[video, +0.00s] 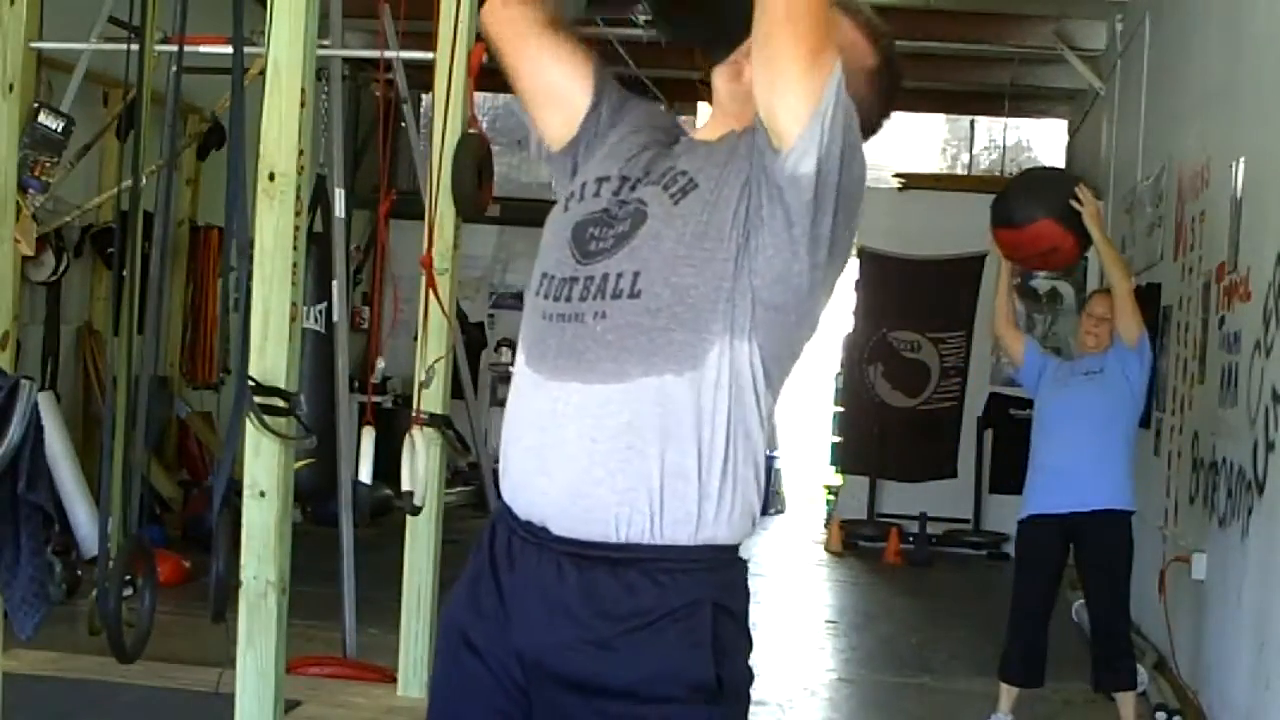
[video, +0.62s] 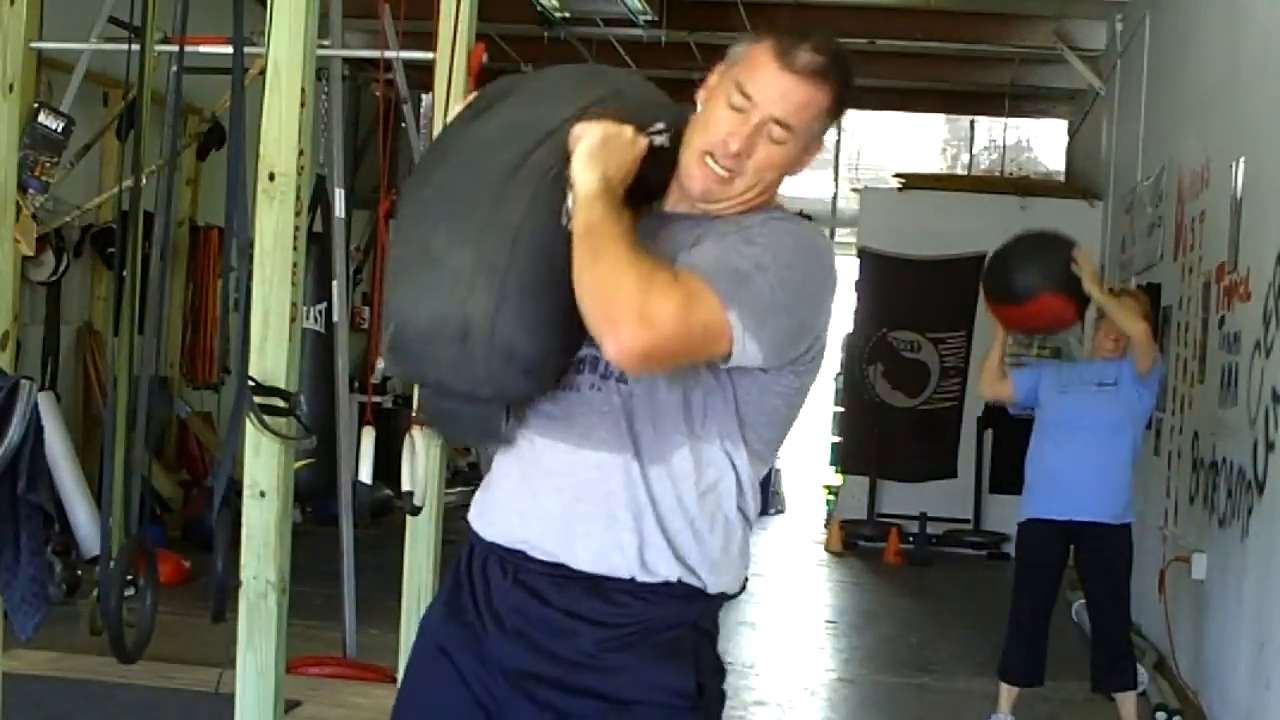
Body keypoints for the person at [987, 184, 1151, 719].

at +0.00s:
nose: (1094, 323)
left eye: (1105, 318)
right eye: (1089, 315)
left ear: (1118, 328)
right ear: (1075, 321)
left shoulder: (1129, 365)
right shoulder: (1047, 369)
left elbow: (1124, 290)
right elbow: (1005, 329)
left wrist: (1097, 233)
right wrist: (1006, 267)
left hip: (1106, 513)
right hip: (1042, 512)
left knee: (1111, 621)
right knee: (1026, 615)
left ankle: (1128, 715)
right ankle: (1003, 713)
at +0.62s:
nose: (1115, 334)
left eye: (1125, 328)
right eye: (1108, 325)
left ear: (1136, 337)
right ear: (1093, 329)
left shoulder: (1138, 379)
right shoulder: (1051, 374)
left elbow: (1141, 332)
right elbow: (990, 387)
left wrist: (1098, 290)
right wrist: (1001, 330)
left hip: (1106, 520)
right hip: (1042, 516)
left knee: (1112, 624)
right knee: (1027, 615)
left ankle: (1130, 716)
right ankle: (1003, 712)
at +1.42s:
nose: (1115, 336)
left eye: (1126, 330)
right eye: (1109, 326)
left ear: (1136, 337)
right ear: (1092, 324)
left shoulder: (1143, 376)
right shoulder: (1054, 370)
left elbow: (1132, 412)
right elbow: (1009, 431)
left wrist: (1095, 353)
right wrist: (994, 375)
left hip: (1109, 521)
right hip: (1044, 518)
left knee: (1114, 622)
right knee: (1029, 616)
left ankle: (1132, 715)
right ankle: (1004, 712)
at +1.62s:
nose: (1112, 351)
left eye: (1122, 344)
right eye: (1106, 340)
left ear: (1131, 344)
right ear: (1088, 332)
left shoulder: (1138, 383)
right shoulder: (1054, 375)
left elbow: (1140, 450)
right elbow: (1024, 431)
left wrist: (1105, 422)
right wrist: (1019, 384)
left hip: (1106, 524)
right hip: (1043, 521)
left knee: (1115, 623)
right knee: (1027, 616)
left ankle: (1131, 714)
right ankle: (1003, 711)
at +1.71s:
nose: (1110, 361)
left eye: (1119, 355)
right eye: (1103, 350)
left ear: (1129, 354)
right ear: (1086, 342)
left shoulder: (1137, 392)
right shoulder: (1047, 381)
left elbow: (1142, 465)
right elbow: (1012, 436)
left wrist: (1113, 454)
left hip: (1107, 526)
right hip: (1043, 523)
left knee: (1116, 624)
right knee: (1026, 616)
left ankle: (1131, 715)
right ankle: (1002, 712)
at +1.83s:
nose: (1105, 400)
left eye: (1115, 392)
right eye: (1099, 388)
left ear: (1124, 393)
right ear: (1082, 382)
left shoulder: (1135, 427)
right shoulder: (1035, 417)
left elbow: (1143, 497)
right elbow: (1006, 476)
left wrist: (1121, 530)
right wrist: (1002, 522)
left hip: (1105, 525)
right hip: (1040, 518)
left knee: (1123, 623)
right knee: (1020, 616)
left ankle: (1132, 712)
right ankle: (1002, 711)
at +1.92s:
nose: (1100, 445)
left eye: (1111, 437)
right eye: (1094, 433)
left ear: (1122, 434)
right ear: (1078, 424)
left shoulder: (1134, 464)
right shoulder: (1037, 450)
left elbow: (1142, 536)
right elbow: (1008, 515)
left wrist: (1126, 590)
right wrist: (1007, 572)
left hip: (1107, 555)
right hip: (1040, 549)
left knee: (1132, 631)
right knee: (1011, 615)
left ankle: (1132, 713)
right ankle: (1001, 711)